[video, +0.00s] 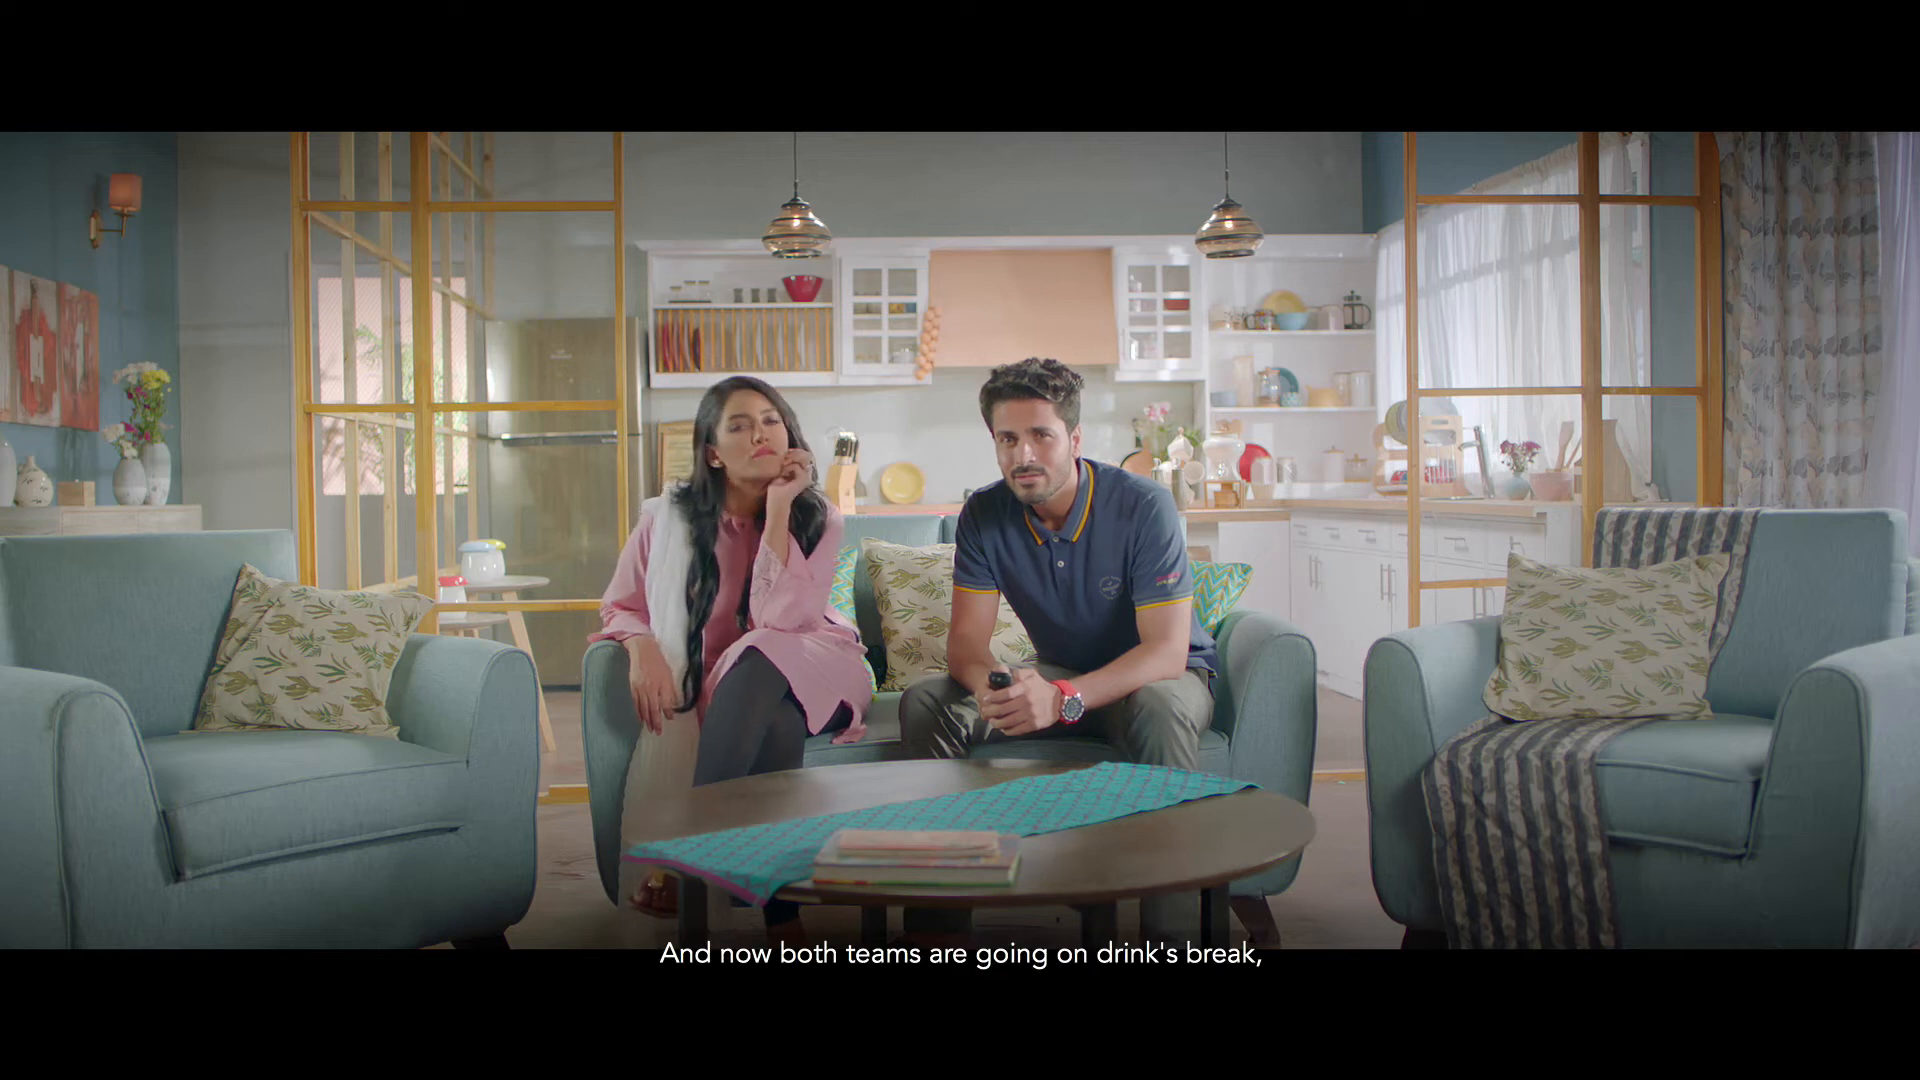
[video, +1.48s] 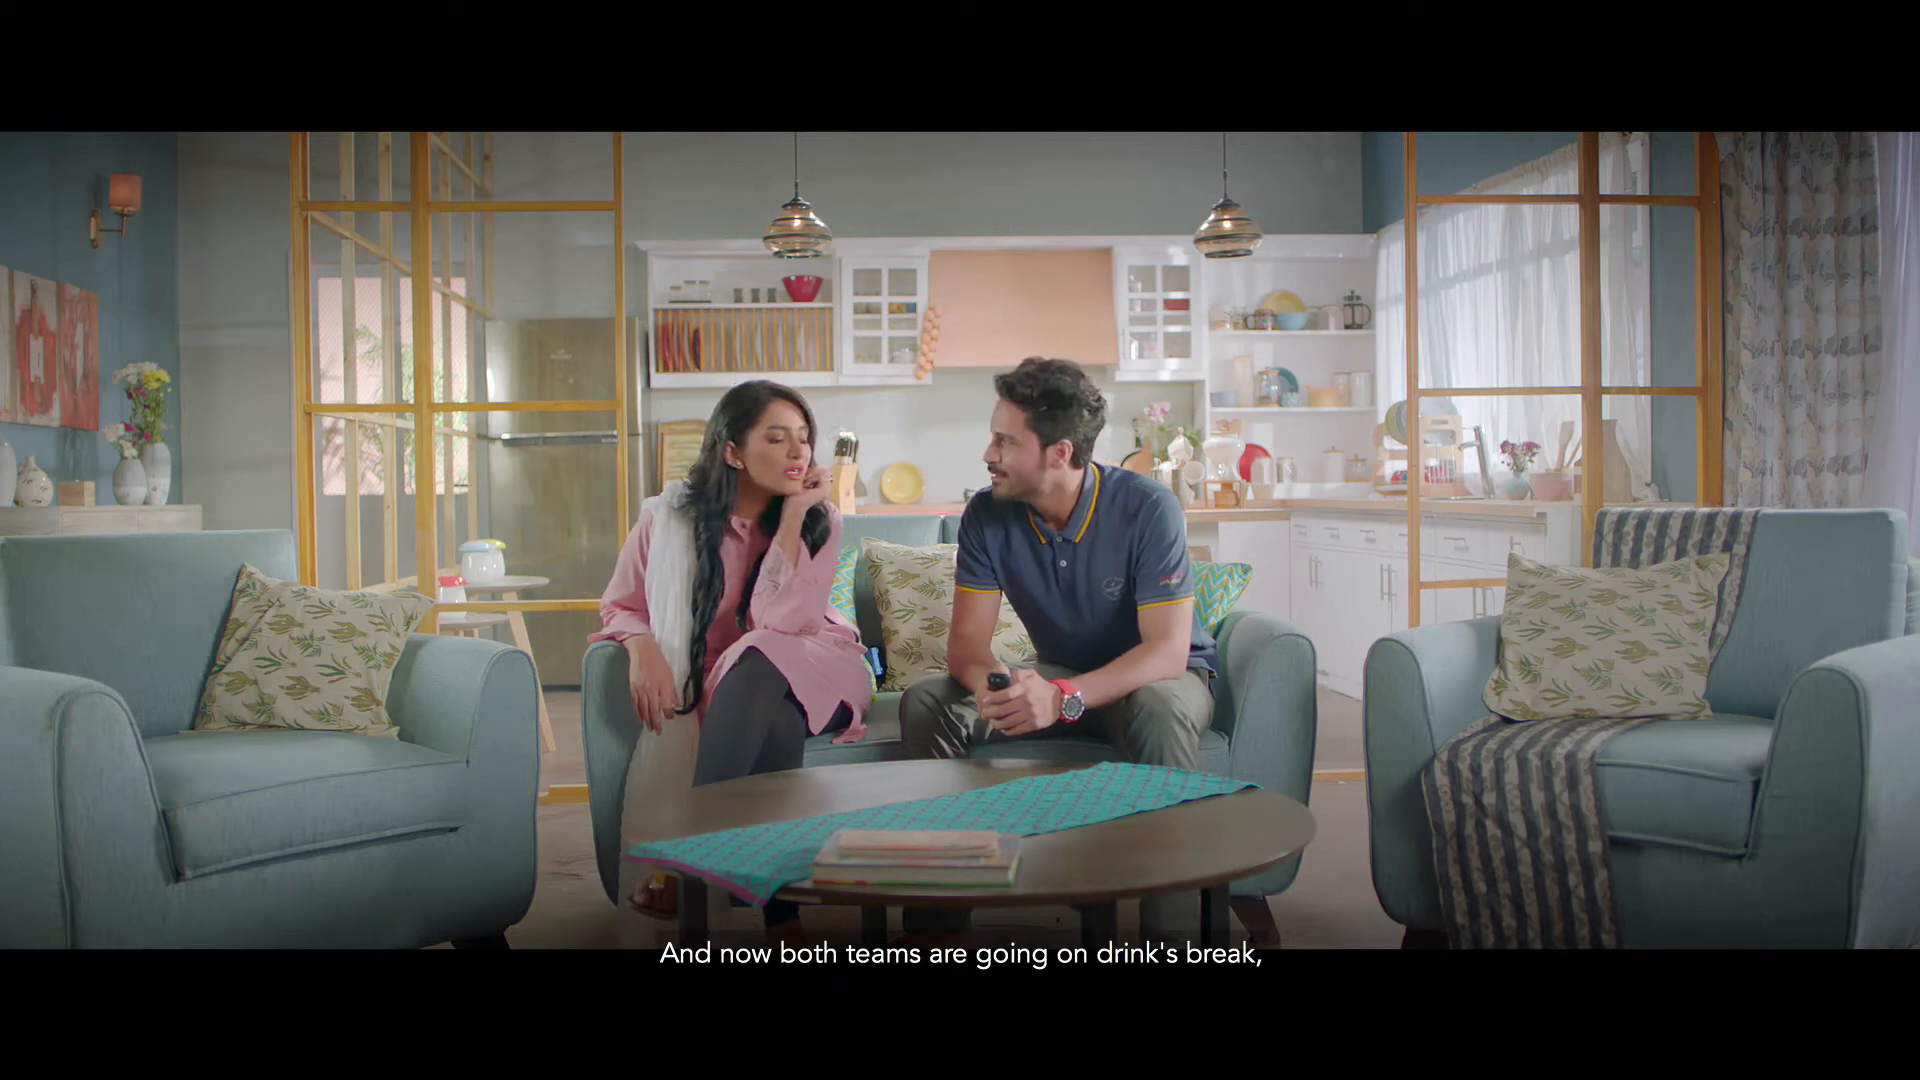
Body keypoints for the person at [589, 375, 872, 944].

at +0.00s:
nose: (762, 433)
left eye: (772, 422)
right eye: (741, 426)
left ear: (791, 437)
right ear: (714, 453)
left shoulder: (814, 516)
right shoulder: (666, 517)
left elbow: (785, 620)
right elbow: (620, 609)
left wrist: (777, 513)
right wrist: (641, 642)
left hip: (821, 670)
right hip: (720, 681)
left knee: (756, 656)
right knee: (779, 723)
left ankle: (686, 862)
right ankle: (781, 912)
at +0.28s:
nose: (774, 445)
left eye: (783, 431)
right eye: (752, 435)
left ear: (797, 444)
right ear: (719, 457)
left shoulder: (815, 518)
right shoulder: (665, 518)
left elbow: (784, 622)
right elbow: (620, 611)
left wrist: (782, 514)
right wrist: (640, 642)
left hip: (821, 672)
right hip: (720, 682)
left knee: (756, 655)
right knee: (779, 722)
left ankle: (686, 862)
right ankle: (780, 909)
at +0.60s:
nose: (785, 448)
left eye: (792, 433)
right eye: (764, 436)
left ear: (803, 445)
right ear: (724, 456)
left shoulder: (816, 520)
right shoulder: (664, 517)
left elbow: (784, 623)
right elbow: (621, 610)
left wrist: (786, 519)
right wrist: (641, 642)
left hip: (822, 670)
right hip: (721, 680)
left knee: (758, 656)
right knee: (777, 721)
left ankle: (687, 863)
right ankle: (780, 910)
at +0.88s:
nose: (795, 448)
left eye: (800, 435)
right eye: (775, 435)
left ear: (809, 445)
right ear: (731, 453)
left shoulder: (816, 520)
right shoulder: (664, 516)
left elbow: (782, 622)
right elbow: (620, 609)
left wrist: (790, 519)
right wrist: (641, 642)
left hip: (820, 669)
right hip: (722, 680)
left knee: (756, 657)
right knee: (778, 720)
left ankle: (688, 865)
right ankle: (779, 907)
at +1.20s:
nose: (798, 449)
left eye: (802, 435)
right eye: (776, 436)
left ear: (812, 445)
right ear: (733, 452)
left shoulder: (816, 520)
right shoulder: (665, 516)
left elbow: (782, 623)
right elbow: (620, 610)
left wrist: (792, 520)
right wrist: (641, 642)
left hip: (820, 669)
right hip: (722, 680)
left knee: (756, 657)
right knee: (778, 721)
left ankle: (687, 865)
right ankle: (780, 909)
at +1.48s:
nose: (798, 451)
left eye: (803, 438)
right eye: (778, 437)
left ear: (812, 450)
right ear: (734, 452)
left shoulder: (816, 521)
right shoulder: (664, 516)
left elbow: (782, 624)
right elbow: (620, 609)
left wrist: (792, 520)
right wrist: (640, 641)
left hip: (820, 669)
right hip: (722, 680)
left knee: (756, 657)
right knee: (777, 722)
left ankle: (686, 864)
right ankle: (780, 910)